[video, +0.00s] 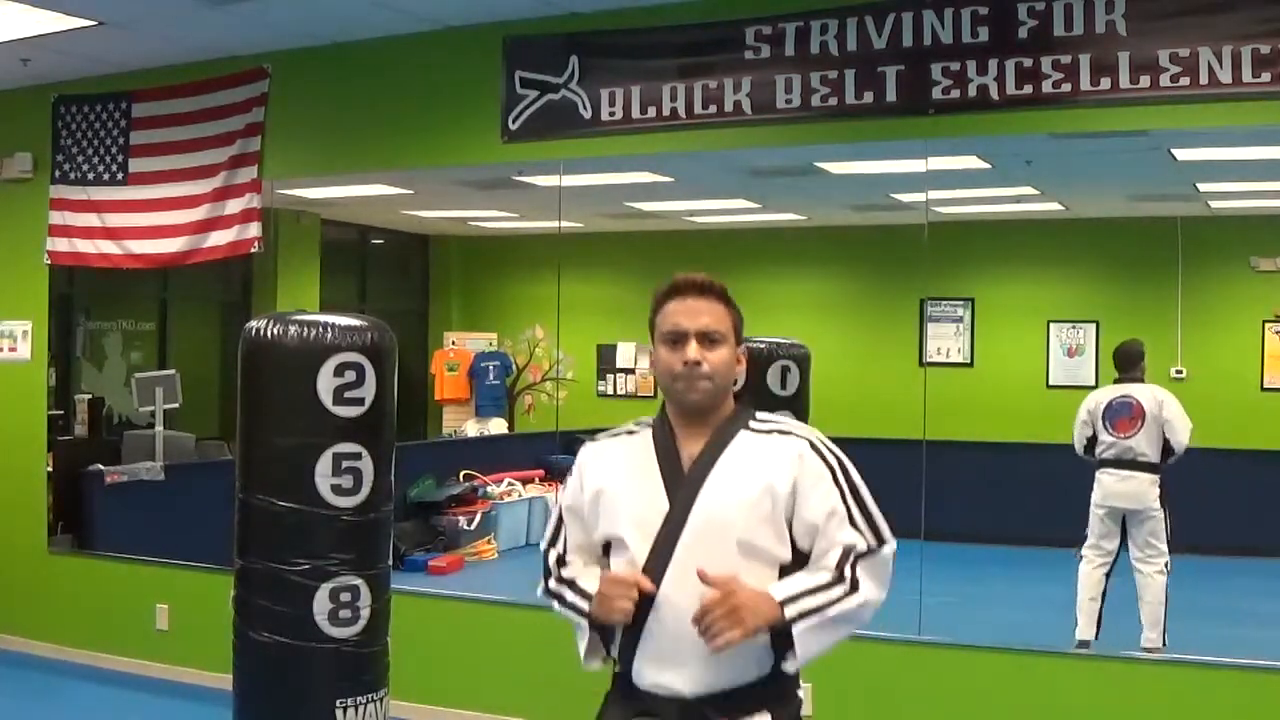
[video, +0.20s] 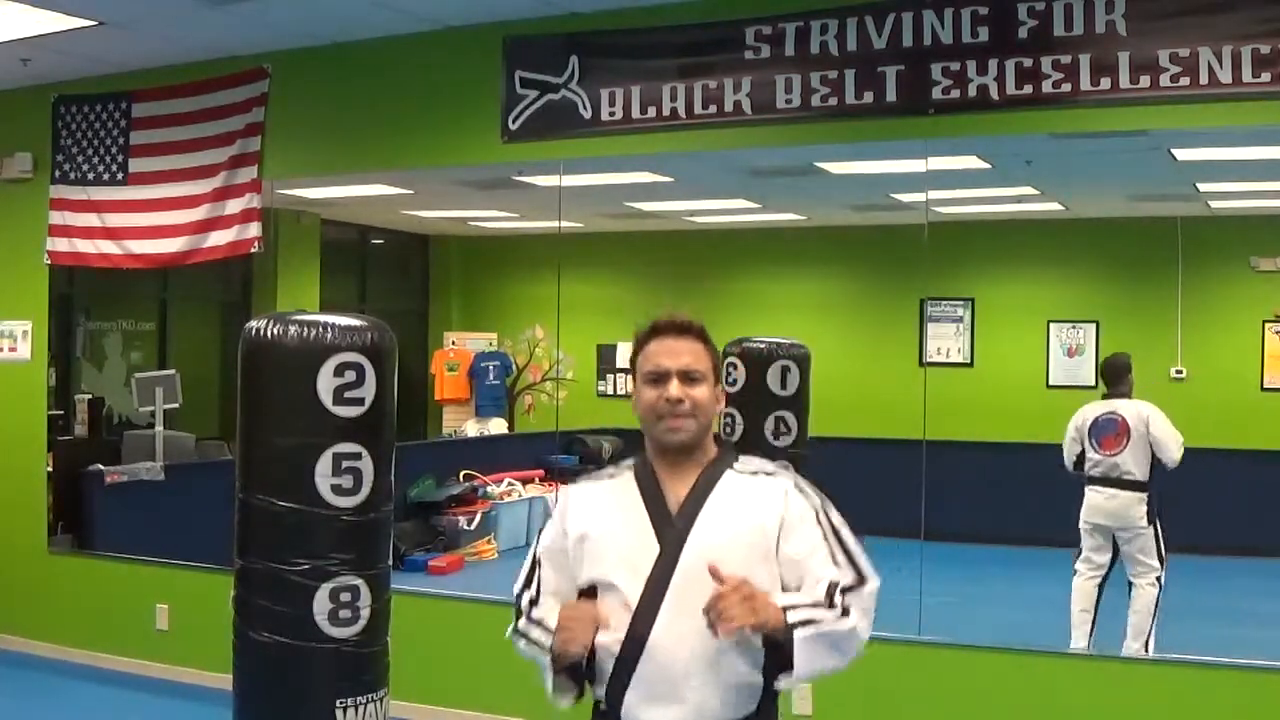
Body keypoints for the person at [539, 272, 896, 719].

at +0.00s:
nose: (692, 355)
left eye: (709, 340)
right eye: (674, 340)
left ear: (739, 362)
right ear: (652, 359)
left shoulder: (797, 453)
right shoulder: (601, 459)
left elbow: (863, 561)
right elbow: (559, 566)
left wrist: (774, 605)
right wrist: (592, 596)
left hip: (752, 706)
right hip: (636, 704)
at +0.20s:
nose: (674, 394)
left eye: (691, 379)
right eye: (656, 379)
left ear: (718, 395)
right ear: (635, 394)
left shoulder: (780, 495)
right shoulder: (583, 503)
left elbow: (850, 605)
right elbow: (529, 616)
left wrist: (777, 614)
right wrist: (562, 632)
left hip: (740, 712)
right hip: (621, 711)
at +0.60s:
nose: (682, 381)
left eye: (703, 371)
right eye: (668, 368)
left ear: (731, 398)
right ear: (648, 389)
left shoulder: (785, 487)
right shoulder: (601, 495)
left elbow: (869, 591)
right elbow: (537, 622)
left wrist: (783, 588)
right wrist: (588, 578)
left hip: (746, 709)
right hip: (635, 709)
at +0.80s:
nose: (730, 394)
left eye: (751, 381)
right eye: (716, 378)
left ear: (781, 405)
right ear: (697, 393)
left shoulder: (827, 498)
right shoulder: (649, 495)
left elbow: (885, 622)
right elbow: (595, 636)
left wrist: (776, 599)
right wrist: (613, 584)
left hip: (780, 710)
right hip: (669, 709)